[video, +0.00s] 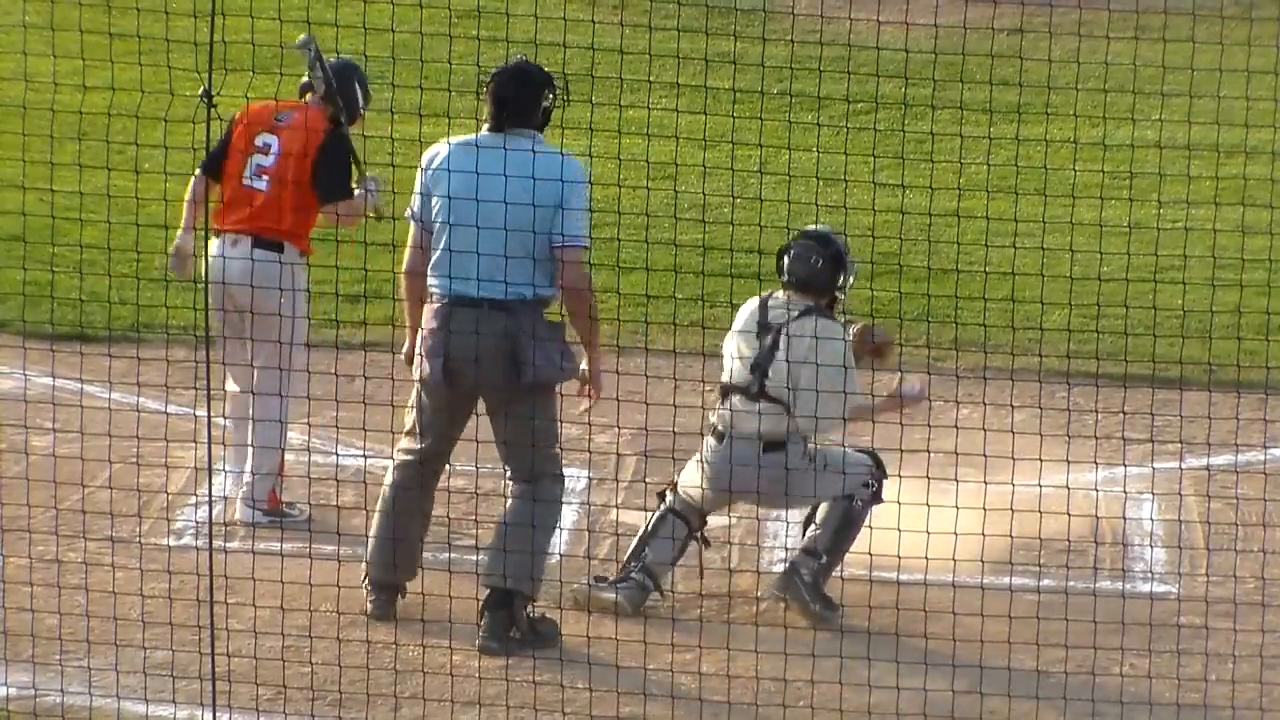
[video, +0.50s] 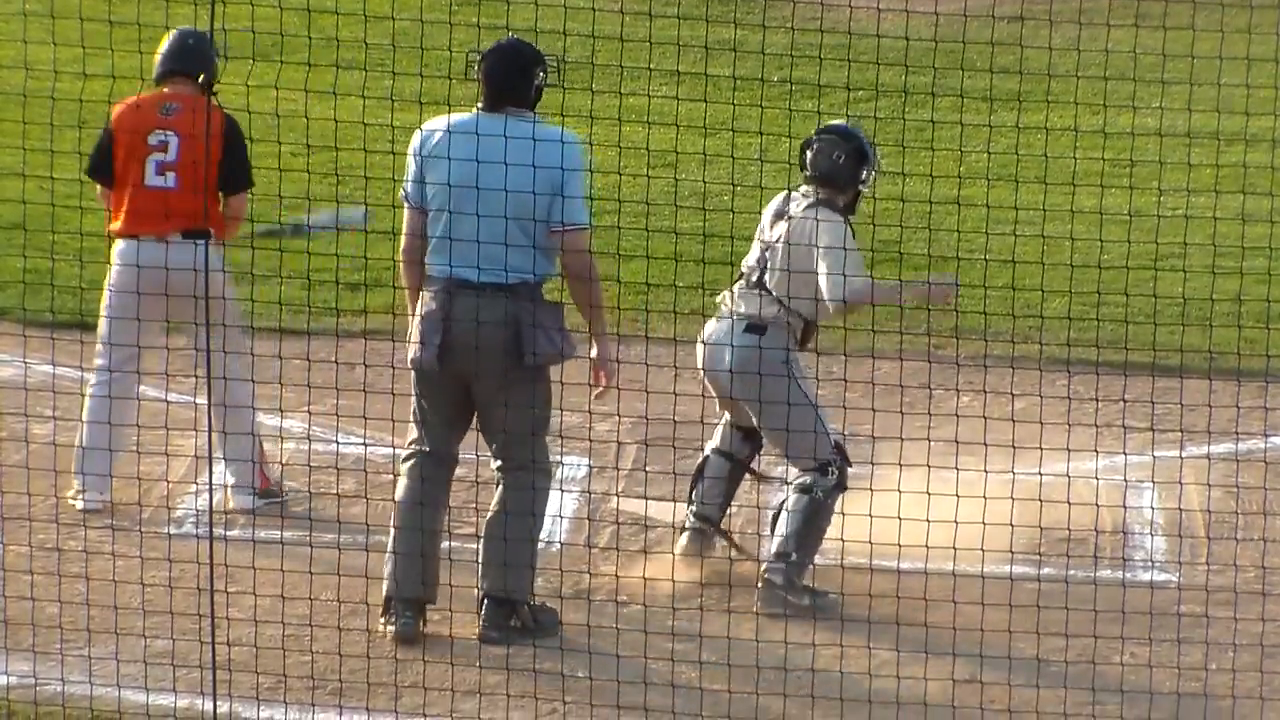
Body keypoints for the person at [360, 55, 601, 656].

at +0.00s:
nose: (550, 115)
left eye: (543, 106)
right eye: (548, 107)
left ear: (490, 107)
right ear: (543, 112)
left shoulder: (440, 158)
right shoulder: (564, 170)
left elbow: (415, 265)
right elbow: (573, 280)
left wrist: (412, 332)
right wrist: (592, 352)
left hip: (446, 333)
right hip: (519, 338)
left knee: (419, 455)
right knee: (538, 478)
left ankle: (382, 587)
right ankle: (503, 611)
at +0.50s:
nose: (542, 93)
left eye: (538, 84)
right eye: (541, 85)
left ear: (481, 86)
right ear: (534, 90)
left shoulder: (433, 136)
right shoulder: (560, 148)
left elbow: (412, 243)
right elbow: (575, 258)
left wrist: (420, 316)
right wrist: (600, 335)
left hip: (440, 317)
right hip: (515, 323)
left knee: (429, 452)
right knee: (524, 463)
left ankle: (403, 603)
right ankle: (504, 604)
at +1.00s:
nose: (485, 95)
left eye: (434, 83)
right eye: (488, 86)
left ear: (431, 88)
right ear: (488, 91)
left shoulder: (390, 143)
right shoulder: (520, 147)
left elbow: (369, 251)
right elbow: (532, 255)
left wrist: (358, 329)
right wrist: (519, 315)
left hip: (407, 321)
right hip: (482, 325)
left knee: (403, 471)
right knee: (504, 469)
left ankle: (401, 613)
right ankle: (506, 608)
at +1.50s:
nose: (498, 97)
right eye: (499, 89)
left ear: (438, 88)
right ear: (495, 92)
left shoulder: (394, 141)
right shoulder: (523, 146)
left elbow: (368, 250)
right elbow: (539, 254)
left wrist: (358, 329)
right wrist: (542, 332)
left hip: (414, 323)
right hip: (492, 325)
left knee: (406, 470)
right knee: (521, 467)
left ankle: (402, 613)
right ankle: (525, 607)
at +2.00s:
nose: (574, 101)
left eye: (569, 94)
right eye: (572, 94)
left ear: (512, 95)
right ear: (565, 98)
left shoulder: (462, 141)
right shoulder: (591, 150)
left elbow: (439, 252)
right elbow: (606, 255)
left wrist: (443, 318)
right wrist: (610, 336)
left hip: (477, 321)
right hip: (553, 327)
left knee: (448, 446)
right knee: (550, 472)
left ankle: (417, 580)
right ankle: (531, 611)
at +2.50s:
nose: (583, 101)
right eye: (583, 94)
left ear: (521, 92)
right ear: (578, 97)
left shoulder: (475, 138)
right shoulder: (602, 152)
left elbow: (443, 241)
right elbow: (616, 260)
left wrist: (431, 318)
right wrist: (626, 345)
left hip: (484, 320)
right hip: (561, 328)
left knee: (463, 458)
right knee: (552, 467)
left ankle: (443, 597)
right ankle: (531, 611)